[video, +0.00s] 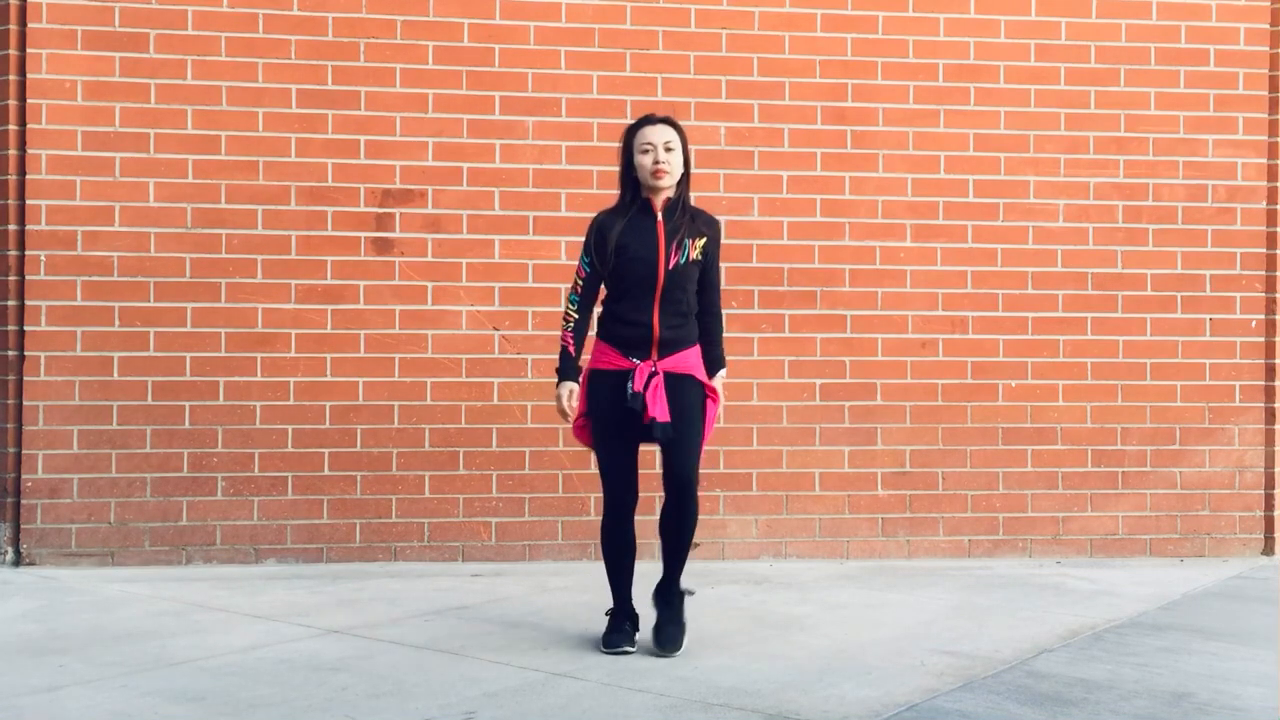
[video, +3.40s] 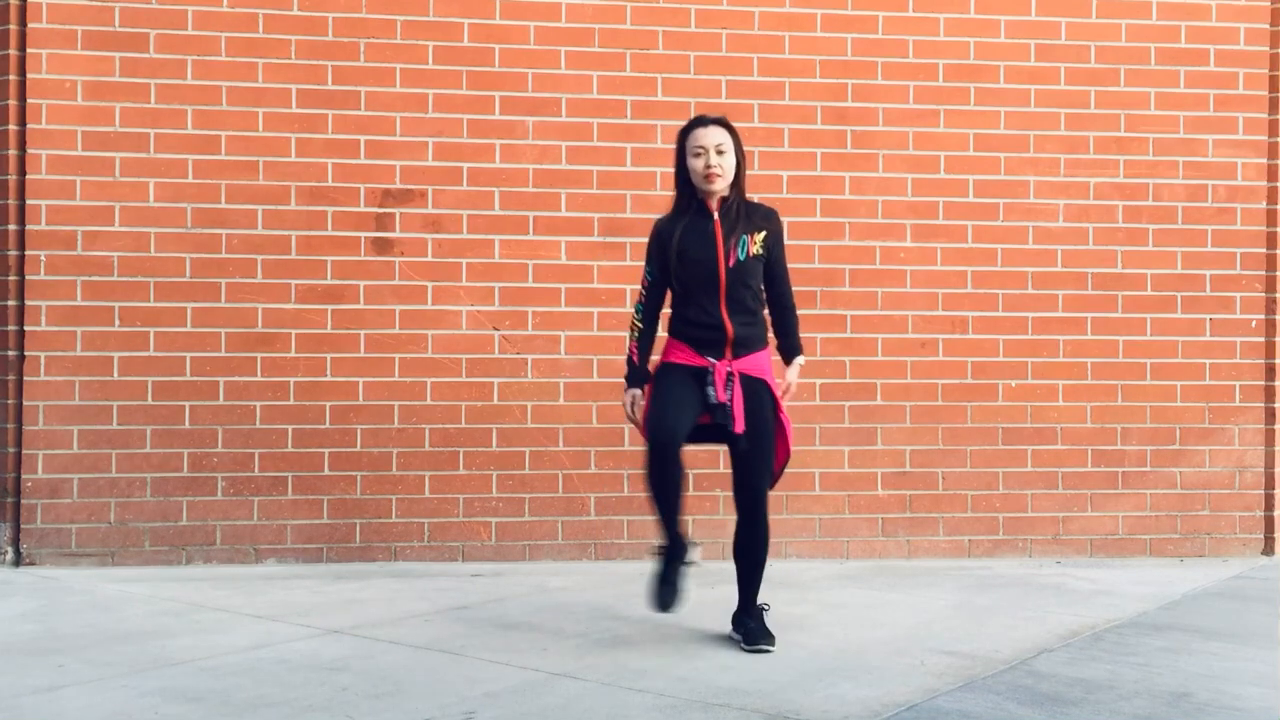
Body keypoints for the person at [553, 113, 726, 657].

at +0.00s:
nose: (659, 158)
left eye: (669, 148)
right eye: (647, 149)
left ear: (684, 158)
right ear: (631, 160)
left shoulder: (703, 228)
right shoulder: (609, 224)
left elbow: (710, 307)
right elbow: (581, 299)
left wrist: (715, 371)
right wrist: (567, 371)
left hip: (683, 370)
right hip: (615, 369)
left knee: (683, 485)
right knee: (619, 496)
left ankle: (671, 593)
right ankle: (621, 610)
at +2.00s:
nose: (681, 174)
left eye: (691, 163)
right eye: (670, 165)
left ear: (706, 168)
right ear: (653, 171)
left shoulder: (720, 235)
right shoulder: (628, 224)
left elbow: (722, 312)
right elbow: (595, 293)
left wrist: (722, 375)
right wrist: (578, 353)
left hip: (684, 367)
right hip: (619, 364)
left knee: (680, 477)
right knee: (622, 490)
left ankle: (653, 589)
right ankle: (619, 603)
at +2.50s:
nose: (691, 165)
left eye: (701, 155)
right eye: (679, 156)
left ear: (716, 162)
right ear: (663, 163)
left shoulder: (732, 227)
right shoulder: (638, 223)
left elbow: (740, 302)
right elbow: (606, 292)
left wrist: (749, 365)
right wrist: (584, 359)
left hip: (706, 367)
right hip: (639, 366)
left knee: (727, 467)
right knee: (632, 492)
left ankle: (716, 573)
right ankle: (622, 605)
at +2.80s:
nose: (707, 176)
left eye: (718, 166)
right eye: (696, 166)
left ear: (733, 171)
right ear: (680, 172)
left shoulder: (755, 225)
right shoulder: (665, 240)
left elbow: (776, 298)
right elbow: (647, 316)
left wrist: (794, 361)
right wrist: (638, 388)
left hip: (760, 370)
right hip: (697, 372)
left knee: (762, 496)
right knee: (704, 477)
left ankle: (749, 609)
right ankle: (672, 576)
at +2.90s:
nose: (711, 173)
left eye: (721, 163)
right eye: (699, 163)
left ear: (737, 169)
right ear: (684, 171)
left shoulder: (761, 222)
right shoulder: (669, 238)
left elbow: (782, 294)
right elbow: (657, 315)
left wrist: (800, 355)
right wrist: (653, 389)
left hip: (767, 368)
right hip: (705, 370)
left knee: (761, 484)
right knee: (732, 468)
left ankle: (749, 605)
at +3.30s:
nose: (714, 173)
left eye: (724, 162)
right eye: (702, 164)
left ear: (740, 169)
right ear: (687, 175)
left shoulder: (766, 228)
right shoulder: (674, 242)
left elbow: (786, 300)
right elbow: (655, 319)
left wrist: (800, 361)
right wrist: (645, 390)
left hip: (762, 372)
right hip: (698, 372)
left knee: (769, 488)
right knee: (703, 457)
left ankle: (753, 603)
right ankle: (736, 572)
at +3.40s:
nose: (710, 162)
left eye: (721, 151)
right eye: (698, 153)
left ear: (737, 159)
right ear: (685, 163)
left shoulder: (761, 220)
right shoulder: (669, 229)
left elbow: (779, 292)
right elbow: (648, 305)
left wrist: (793, 354)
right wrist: (635, 375)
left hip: (750, 366)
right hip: (685, 364)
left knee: (753, 494)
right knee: (662, 435)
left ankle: (748, 609)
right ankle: (674, 545)